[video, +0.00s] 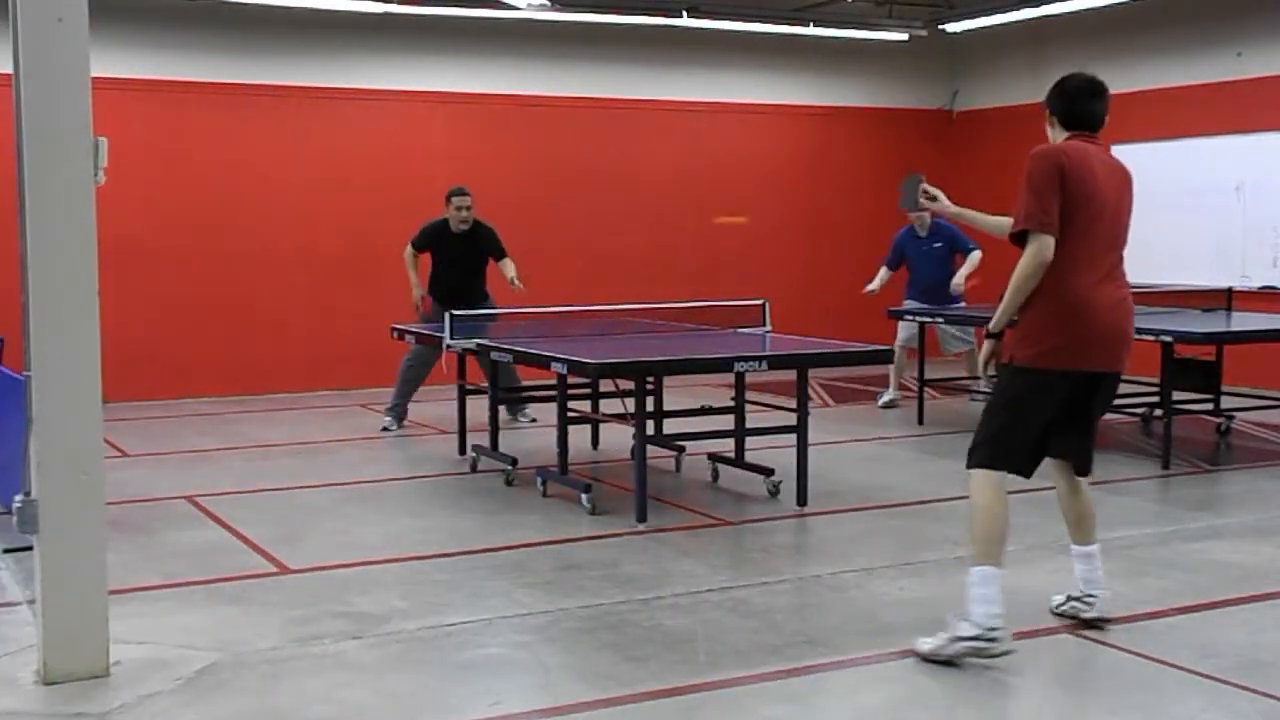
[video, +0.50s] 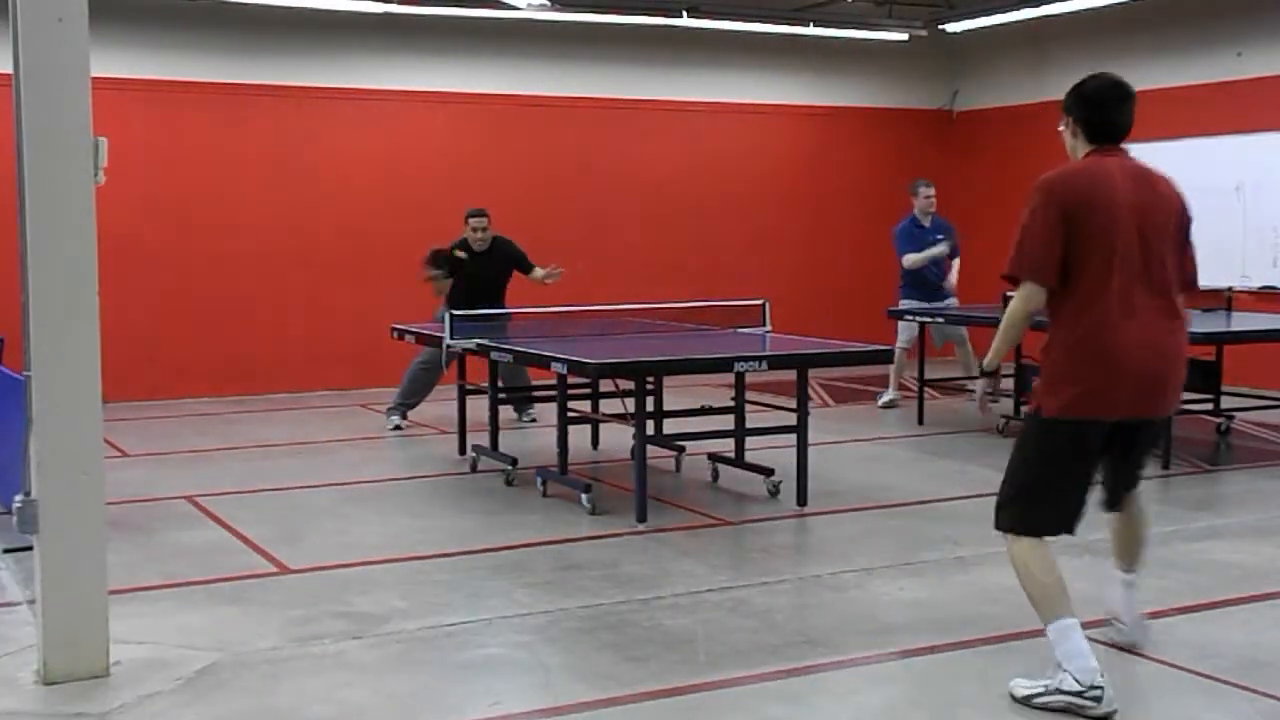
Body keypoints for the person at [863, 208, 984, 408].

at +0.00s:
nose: (917, 216)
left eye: (921, 211)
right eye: (912, 212)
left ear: (929, 211)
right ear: (907, 215)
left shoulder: (945, 231)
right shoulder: (904, 237)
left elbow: (975, 252)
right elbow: (889, 265)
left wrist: (961, 275)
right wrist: (877, 282)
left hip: (949, 300)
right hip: (916, 301)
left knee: (969, 347)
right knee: (901, 345)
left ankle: (977, 387)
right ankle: (893, 390)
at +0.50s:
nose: (932, 202)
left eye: (934, 197)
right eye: (927, 198)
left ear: (936, 199)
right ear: (914, 200)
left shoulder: (944, 227)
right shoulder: (904, 230)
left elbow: (955, 255)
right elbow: (907, 261)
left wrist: (953, 277)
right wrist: (936, 252)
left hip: (942, 294)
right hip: (913, 295)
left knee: (961, 339)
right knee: (903, 343)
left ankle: (974, 382)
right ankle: (892, 391)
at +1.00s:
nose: (951, 201)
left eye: (952, 197)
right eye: (945, 198)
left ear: (956, 198)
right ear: (933, 201)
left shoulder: (964, 228)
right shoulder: (921, 228)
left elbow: (978, 255)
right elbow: (907, 258)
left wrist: (978, 278)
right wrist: (926, 266)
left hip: (955, 297)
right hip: (922, 297)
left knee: (971, 343)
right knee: (908, 342)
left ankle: (973, 387)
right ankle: (896, 390)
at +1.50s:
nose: (942, 192)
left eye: (946, 189)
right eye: (938, 187)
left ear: (950, 191)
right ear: (927, 188)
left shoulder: (955, 217)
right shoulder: (913, 219)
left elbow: (955, 249)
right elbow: (905, 252)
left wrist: (922, 242)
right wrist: (915, 258)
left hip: (950, 289)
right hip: (921, 289)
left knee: (957, 346)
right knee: (914, 344)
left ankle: (960, 391)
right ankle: (912, 388)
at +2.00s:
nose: (950, 192)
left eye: (952, 188)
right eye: (945, 188)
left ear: (954, 190)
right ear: (932, 191)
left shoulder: (959, 217)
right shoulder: (919, 220)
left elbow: (966, 243)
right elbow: (913, 253)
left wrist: (973, 261)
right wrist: (941, 255)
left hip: (958, 289)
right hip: (927, 292)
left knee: (976, 336)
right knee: (915, 342)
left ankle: (989, 381)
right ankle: (913, 387)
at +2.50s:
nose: (975, 197)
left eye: (977, 193)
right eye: (970, 194)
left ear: (981, 194)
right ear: (959, 196)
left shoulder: (990, 222)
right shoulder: (948, 223)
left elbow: (1006, 248)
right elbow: (928, 252)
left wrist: (1009, 265)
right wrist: (934, 270)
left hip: (983, 295)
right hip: (951, 295)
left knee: (996, 343)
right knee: (935, 343)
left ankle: (992, 385)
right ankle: (920, 386)